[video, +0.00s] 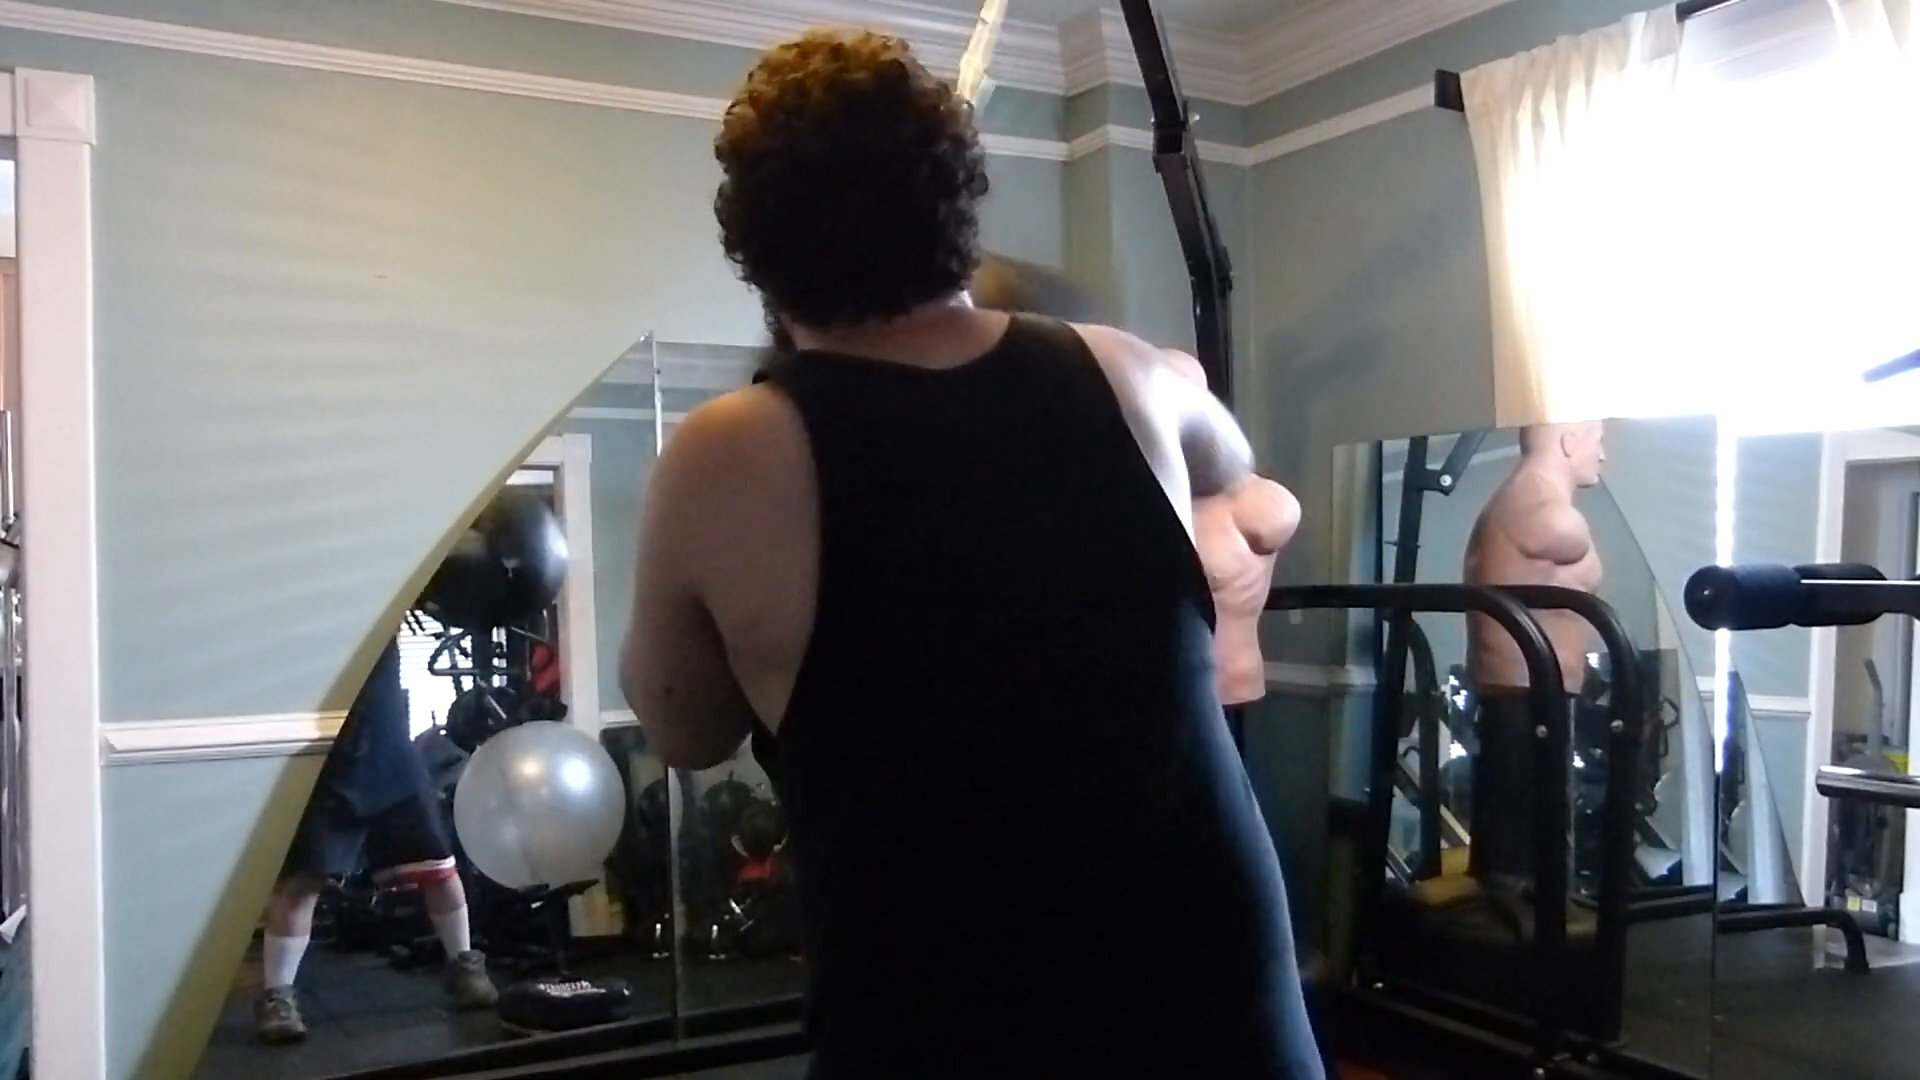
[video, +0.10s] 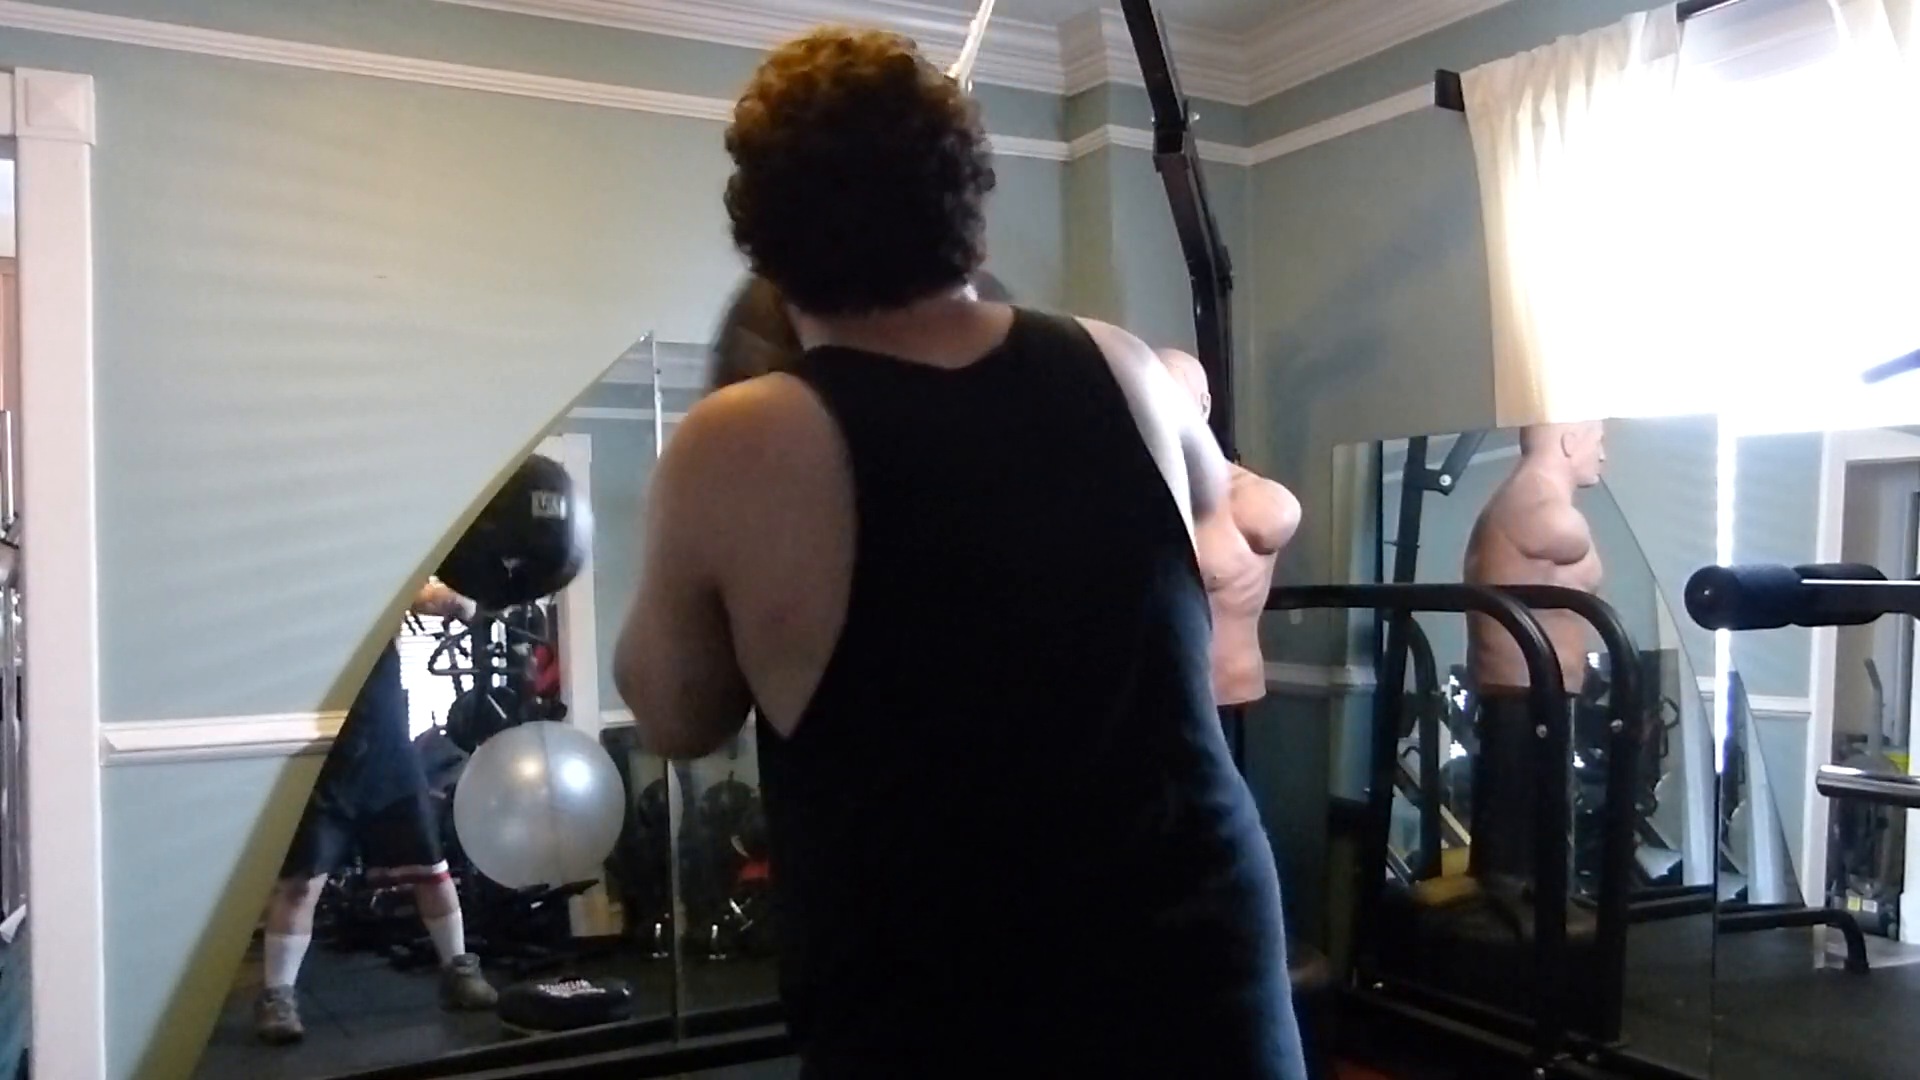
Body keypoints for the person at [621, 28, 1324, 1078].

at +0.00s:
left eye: (742, 208)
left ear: (753, 242)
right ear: (963, 202)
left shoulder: (722, 458)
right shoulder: (1136, 375)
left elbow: (685, 730)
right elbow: (1250, 503)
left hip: (919, 1014)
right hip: (1211, 998)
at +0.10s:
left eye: (745, 213)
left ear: (763, 238)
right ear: (970, 197)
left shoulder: (732, 448)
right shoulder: (1135, 374)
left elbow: (675, 716)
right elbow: (1223, 575)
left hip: (908, 985)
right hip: (1196, 971)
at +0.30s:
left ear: (859, 236)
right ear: (1068, 223)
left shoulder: (784, 453)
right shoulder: (1208, 428)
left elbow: (848, 697)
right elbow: (1370, 708)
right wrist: (1187, 690)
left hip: (874, 1030)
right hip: (1159, 1033)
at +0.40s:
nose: (1086, 246)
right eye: (1078, 219)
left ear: (860, 256)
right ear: (1065, 244)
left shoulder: (828, 450)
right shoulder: (1151, 445)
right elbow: (1354, 741)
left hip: (863, 1024)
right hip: (1119, 1032)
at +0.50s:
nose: (1044, 258)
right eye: (1037, 233)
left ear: (823, 271)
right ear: (1017, 261)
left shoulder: (786, 473)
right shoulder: (1096, 452)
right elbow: (1310, 749)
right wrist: (1204, 512)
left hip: (834, 1022)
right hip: (1084, 1030)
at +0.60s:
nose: (954, 278)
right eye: (944, 255)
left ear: (733, 296)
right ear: (924, 284)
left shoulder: (697, 507)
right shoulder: (1011, 462)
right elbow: (1228, 750)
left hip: (785, 1029)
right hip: (1033, 1031)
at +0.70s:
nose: (826, 298)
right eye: (812, 270)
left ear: (612, 324)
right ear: (788, 300)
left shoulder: (559, 550)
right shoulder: (938, 471)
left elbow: (608, 768)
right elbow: (1105, 749)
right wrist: (956, 731)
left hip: (696, 1033)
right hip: (951, 1024)